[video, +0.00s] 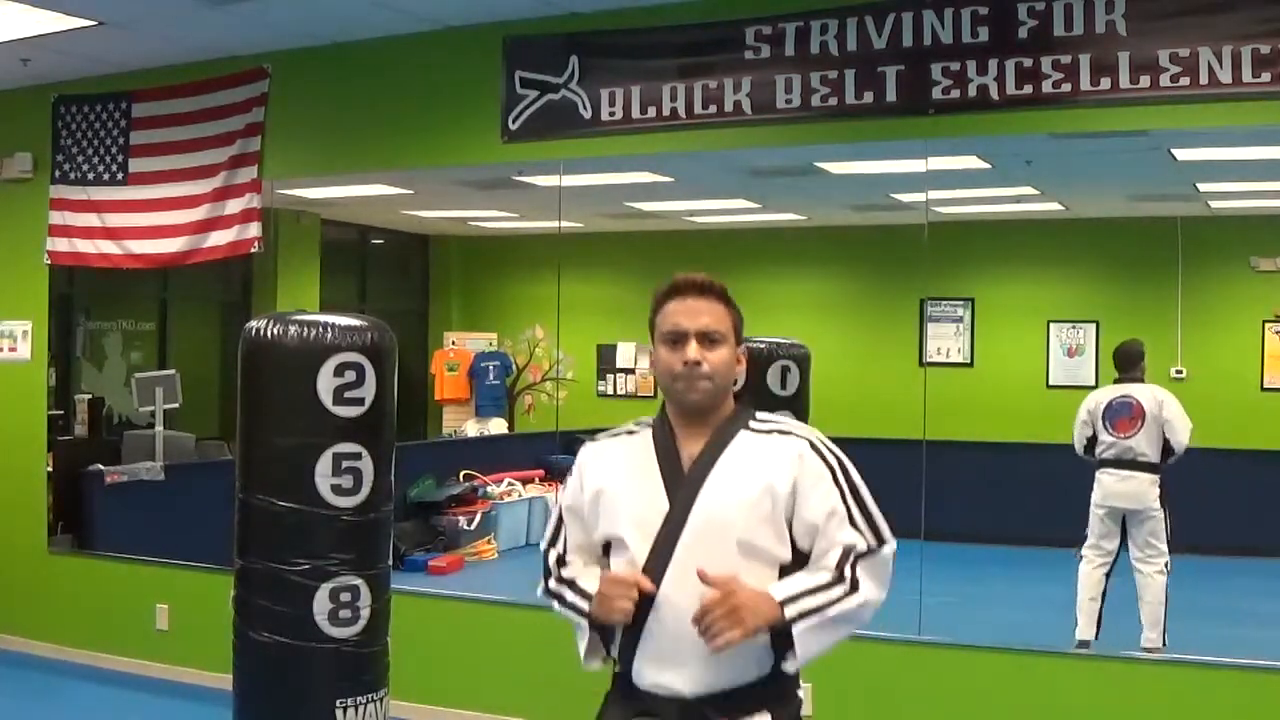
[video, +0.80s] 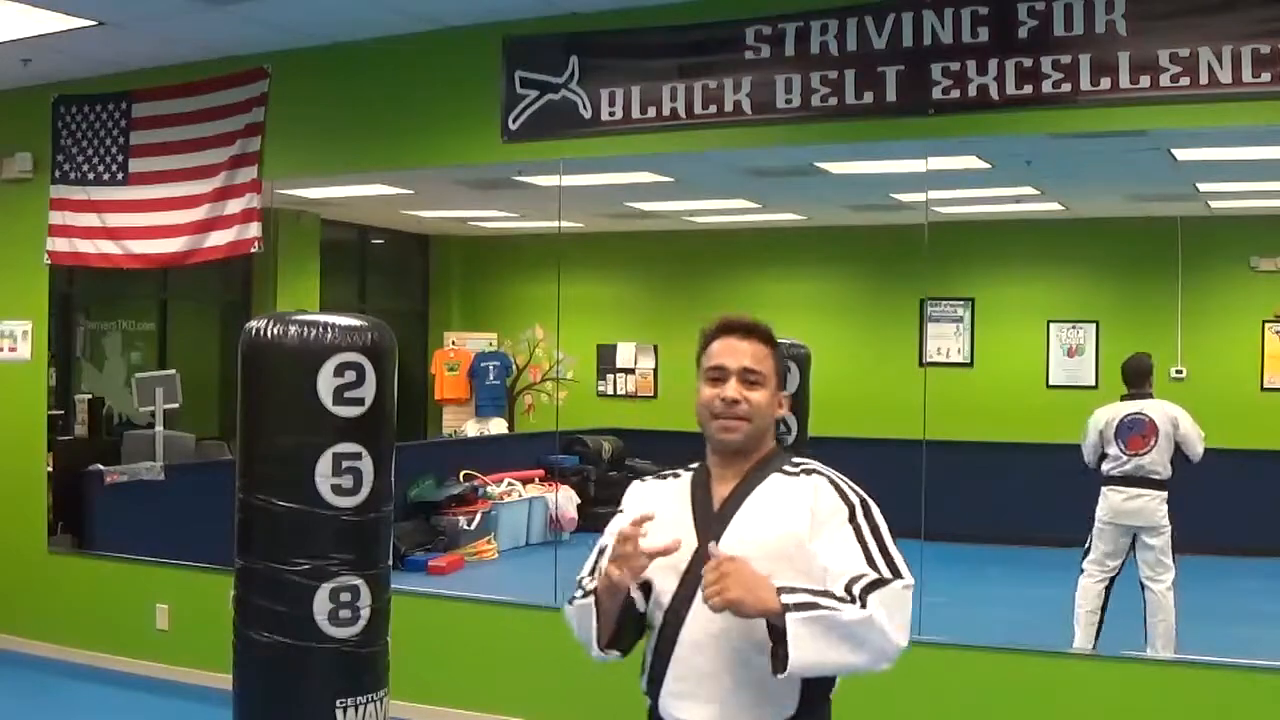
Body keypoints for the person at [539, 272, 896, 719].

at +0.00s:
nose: (692, 355)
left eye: (709, 340)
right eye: (674, 340)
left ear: (739, 362)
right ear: (652, 359)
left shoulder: (797, 453)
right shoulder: (601, 459)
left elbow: (863, 561)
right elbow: (559, 566)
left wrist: (774, 605)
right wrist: (592, 596)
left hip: (752, 706)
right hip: (636, 704)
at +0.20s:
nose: (674, 394)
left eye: (691, 379)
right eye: (656, 379)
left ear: (718, 395)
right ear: (635, 394)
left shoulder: (780, 495)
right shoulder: (583, 503)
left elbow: (850, 605)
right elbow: (529, 616)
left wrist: (777, 614)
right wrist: (562, 632)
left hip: (740, 712)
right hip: (621, 711)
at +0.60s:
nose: (682, 381)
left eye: (703, 371)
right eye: (668, 368)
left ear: (731, 398)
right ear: (648, 389)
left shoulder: (785, 487)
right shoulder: (601, 495)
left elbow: (869, 591)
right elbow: (537, 622)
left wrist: (783, 588)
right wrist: (588, 578)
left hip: (746, 709)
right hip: (635, 709)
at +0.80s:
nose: (730, 394)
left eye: (751, 381)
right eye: (716, 378)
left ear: (781, 405)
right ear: (697, 393)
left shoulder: (827, 498)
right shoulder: (649, 495)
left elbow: (885, 622)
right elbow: (595, 636)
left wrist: (776, 599)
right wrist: (613, 584)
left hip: (780, 710)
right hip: (669, 709)